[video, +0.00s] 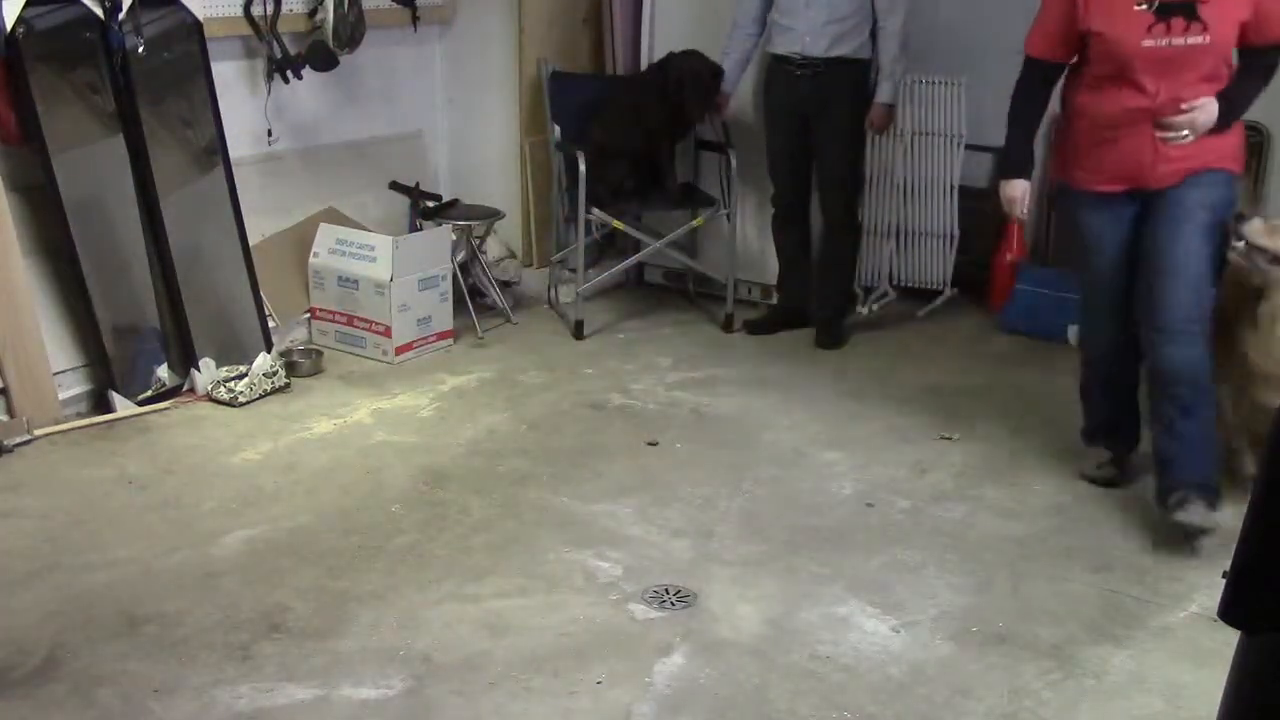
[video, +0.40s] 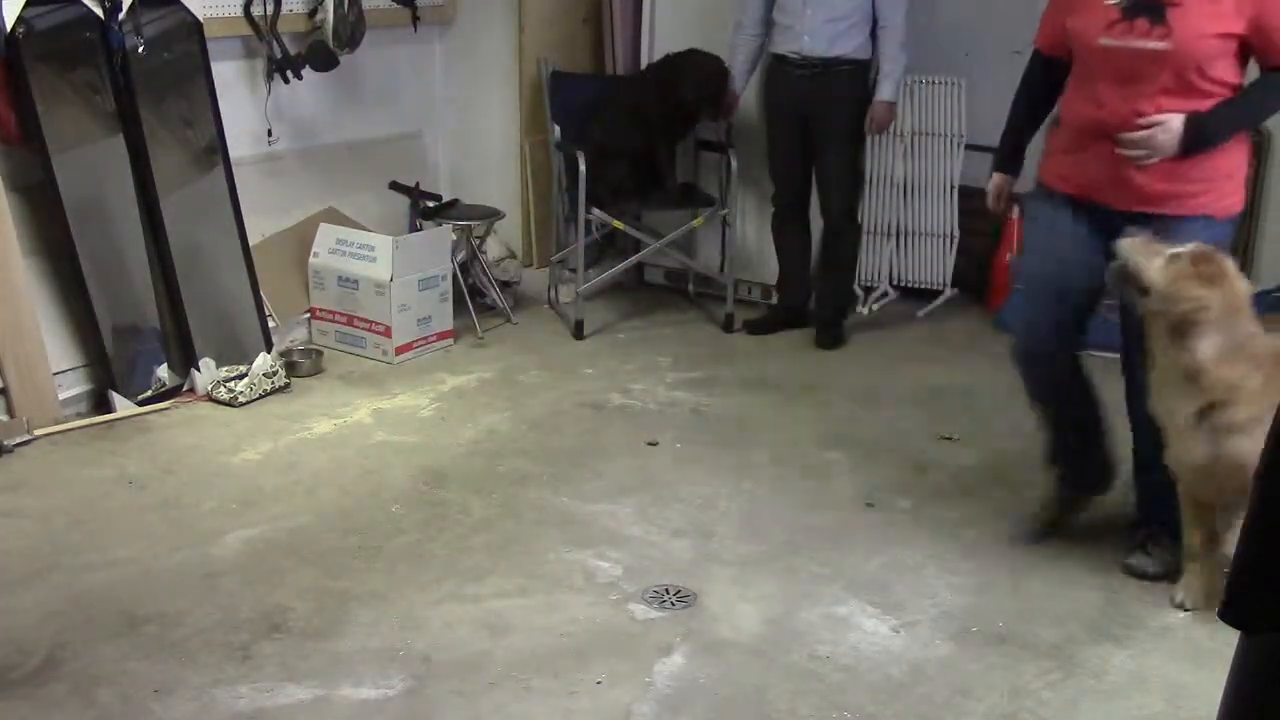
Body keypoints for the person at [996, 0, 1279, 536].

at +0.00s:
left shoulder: (1244, 3)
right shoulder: (1076, 3)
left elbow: (1265, 49)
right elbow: (1041, 65)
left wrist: (1224, 106)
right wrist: (1015, 163)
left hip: (1195, 158)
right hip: (1100, 163)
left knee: (1178, 321)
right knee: (1105, 320)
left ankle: (1188, 486)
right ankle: (1113, 443)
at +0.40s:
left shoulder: (1248, 6)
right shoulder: (1076, 3)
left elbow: (1275, 77)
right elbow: (1049, 62)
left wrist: (1197, 130)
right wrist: (1007, 161)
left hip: (1186, 201)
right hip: (1074, 186)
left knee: (1159, 370)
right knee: (1034, 334)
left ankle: (1162, 526)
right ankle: (1082, 469)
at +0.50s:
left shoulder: (1235, 5)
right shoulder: (1062, 3)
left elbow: (1271, 79)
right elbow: (1043, 67)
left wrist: (1168, 141)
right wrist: (1006, 166)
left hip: (1170, 208)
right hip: (1054, 191)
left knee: (1153, 379)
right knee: (1014, 353)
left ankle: (1157, 546)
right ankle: (1011, 534)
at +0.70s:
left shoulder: (1151, 5)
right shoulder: (999, 5)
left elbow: (1194, 97)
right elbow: (988, 94)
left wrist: (1077, 158)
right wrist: (963, 192)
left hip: (1105, 233)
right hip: (994, 220)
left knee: (1109, 408)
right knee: (974, 394)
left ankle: (1128, 574)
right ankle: (980, 568)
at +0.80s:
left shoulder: (1112, 6)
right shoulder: (965, 8)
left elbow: (1147, 93)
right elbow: (958, 98)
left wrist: (1025, 153)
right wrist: (916, 188)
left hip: (1059, 227)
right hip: (963, 217)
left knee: (1044, 402)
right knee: (960, 401)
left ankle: (1058, 563)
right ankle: (973, 565)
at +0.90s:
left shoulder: (1071, 7)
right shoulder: (924, 9)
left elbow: (1104, 88)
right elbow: (917, 105)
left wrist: (981, 149)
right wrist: (873, 184)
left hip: (1026, 220)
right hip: (938, 214)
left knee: (995, 405)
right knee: (929, 405)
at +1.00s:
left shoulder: (1012, 4)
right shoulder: (884, 10)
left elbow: (1053, 89)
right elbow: (879, 106)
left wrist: (930, 150)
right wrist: (835, 188)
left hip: (981, 225)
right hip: (910, 221)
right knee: (948, 406)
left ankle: (839, 610)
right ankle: (979, 572)